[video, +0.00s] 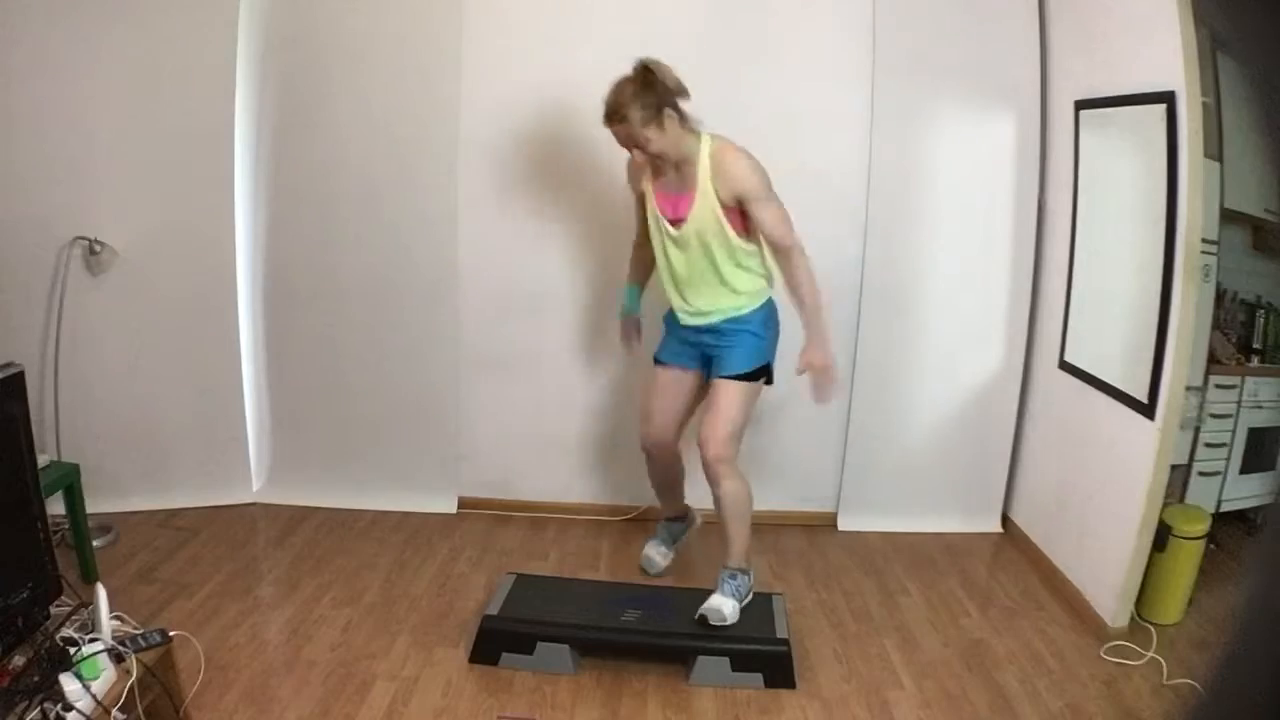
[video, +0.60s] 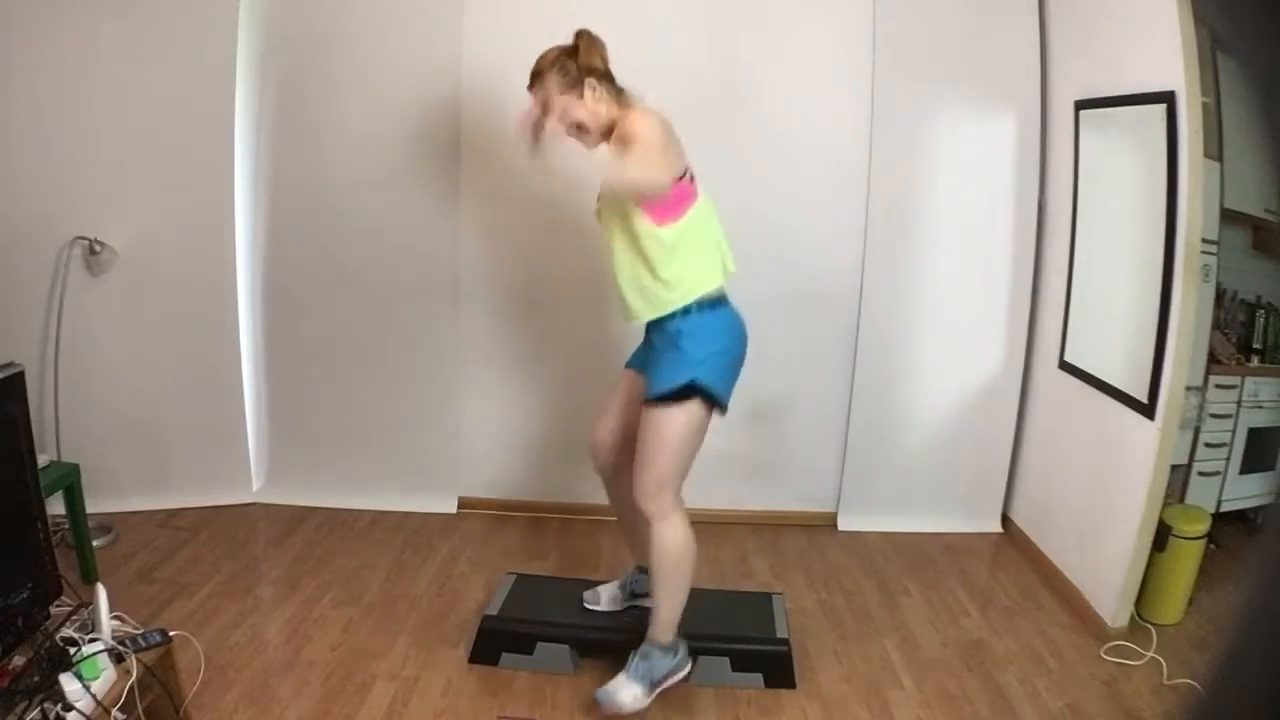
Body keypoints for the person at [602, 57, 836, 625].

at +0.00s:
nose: (637, 154)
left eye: (639, 142)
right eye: (628, 145)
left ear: (669, 117)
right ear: (631, 136)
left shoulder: (732, 167)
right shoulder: (643, 169)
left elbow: (788, 249)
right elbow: (647, 237)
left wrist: (817, 338)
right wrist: (630, 300)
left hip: (743, 322)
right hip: (684, 321)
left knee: (717, 448)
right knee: (656, 439)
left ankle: (737, 572)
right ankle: (676, 518)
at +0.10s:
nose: (615, 136)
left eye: (615, 124)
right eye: (609, 127)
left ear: (642, 99)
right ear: (631, 106)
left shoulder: (712, 140)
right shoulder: (645, 146)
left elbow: (789, 207)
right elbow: (655, 206)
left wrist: (843, 284)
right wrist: (636, 255)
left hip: (740, 312)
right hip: (684, 310)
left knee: (720, 447)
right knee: (644, 424)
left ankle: (737, 574)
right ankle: (672, 529)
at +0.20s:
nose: (603, 127)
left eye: (601, 115)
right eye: (596, 119)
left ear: (625, 89)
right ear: (619, 94)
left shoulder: (696, 121)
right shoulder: (644, 136)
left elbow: (763, 140)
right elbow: (667, 192)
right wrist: (644, 231)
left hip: (731, 308)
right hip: (681, 308)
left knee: (718, 452)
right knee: (639, 427)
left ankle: (736, 574)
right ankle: (656, 559)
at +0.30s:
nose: (592, 133)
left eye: (590, 120)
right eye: (584, 125)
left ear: (617, 91)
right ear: (605, 102)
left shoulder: (680, 121)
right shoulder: (635, 145)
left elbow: (732, 103)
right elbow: (671, 205)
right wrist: (639, 236)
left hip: (722, 313)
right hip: (669, 317)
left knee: (685, 459)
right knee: (638, 442)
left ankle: (734, 569)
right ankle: (653, 575)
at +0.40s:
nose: (579, 134)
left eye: (576, 120)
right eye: (570, 126)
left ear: (604, 91)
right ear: (589, 105)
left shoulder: (667, 117)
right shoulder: (624, 147)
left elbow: (720, 88)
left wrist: (674, 13)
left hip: (714, 315)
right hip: (666, 319)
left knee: (661, 458)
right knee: (626, 443)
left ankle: (725, 575)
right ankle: (651, 576)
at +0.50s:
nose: (573, 129)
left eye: (572, 115)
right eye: (565, 121)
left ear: (600, 85)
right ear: (593, 91)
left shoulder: (653, 130)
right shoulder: (624, 143)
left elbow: (685, 110)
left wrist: (616, 44)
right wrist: (588, 44)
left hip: (709, 317)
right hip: (669, 319)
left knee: (656, 462)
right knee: (623, 444)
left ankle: (692, 613)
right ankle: (652, 572)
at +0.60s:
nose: (569, 125)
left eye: (570, 109)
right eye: (559, 118)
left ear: (593, 86)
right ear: (569, 109)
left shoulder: (644, 124)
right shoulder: (619, 138)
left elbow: (658, 177)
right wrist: (542, 132)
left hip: (700, 329)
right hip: (664, 329)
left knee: (656, 492)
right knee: (610, 450)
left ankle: (666, 647)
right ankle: (653, 575)